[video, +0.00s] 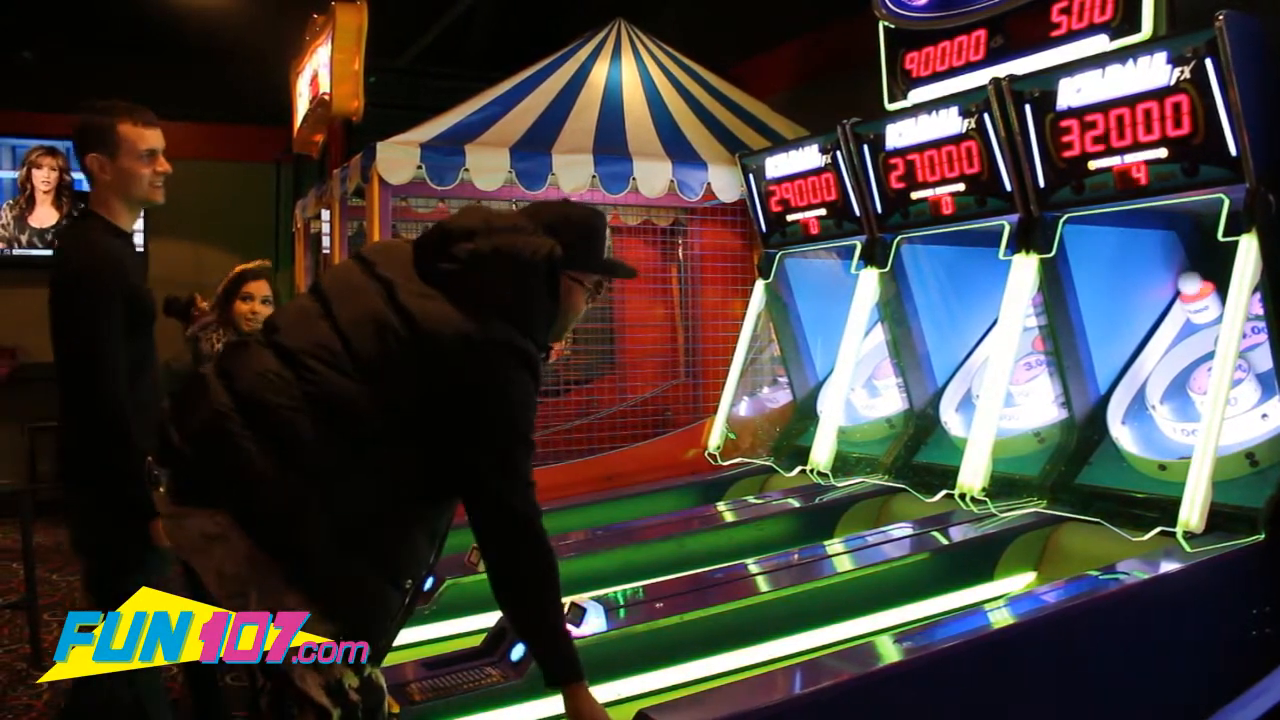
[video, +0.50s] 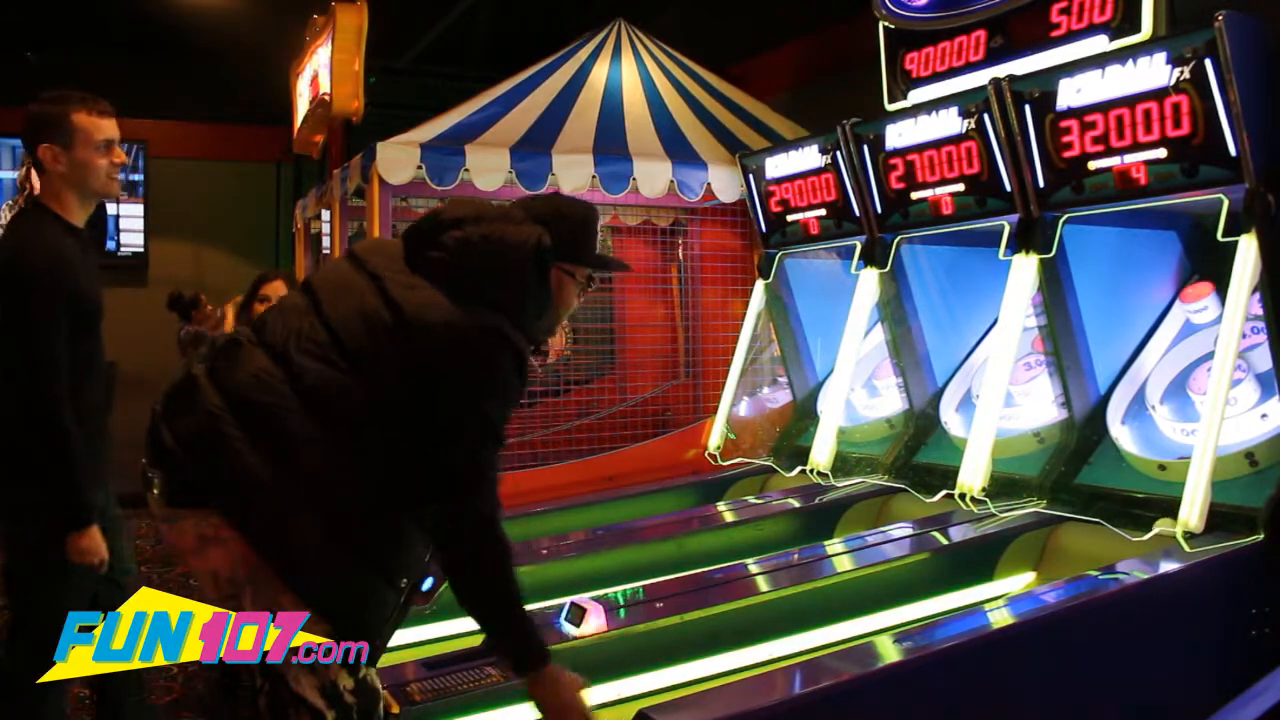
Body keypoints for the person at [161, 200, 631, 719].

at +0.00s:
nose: (588, 307)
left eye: (593, 291)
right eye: (584, 288)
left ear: (515, 261)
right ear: (547, 278)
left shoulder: (398, 261)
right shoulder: (494, 352)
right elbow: (511, 530)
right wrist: (571, 682)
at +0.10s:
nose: (587, 309)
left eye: (593, 293)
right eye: (585, 291)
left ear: (513, 259)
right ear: (550, 282)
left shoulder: (394, 260)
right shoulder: (491, 352)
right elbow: (514, 533)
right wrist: (578, 684)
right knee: (317, 695)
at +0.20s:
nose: (586, 308)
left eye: (591, 292)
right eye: (585, 290)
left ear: (510, 256)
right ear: (556, 282)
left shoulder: (390, 260)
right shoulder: (491, 354)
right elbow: (517, 532)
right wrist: (581, 683)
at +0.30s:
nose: (584, 307)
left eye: (590, 291)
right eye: (584, 289)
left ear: (504, 255)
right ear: (557, 282)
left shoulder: (388, 260)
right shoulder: (488, 350)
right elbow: (512, 532)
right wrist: (578, 681)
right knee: (301, 698)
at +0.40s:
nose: (582, 306)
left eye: (587, 290)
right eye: (581, 288)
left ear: (503, 254)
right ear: (550, 279)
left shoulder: (387, 258)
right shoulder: (486, 348)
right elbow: (493, 530)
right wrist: (566, 676)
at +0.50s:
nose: (579, 303)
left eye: (585, 287)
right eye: (579, 285)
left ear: (504, 252)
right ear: (550, 275)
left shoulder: (388, 258)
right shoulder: (480, 343)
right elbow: (466, 522)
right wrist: (535, 668)